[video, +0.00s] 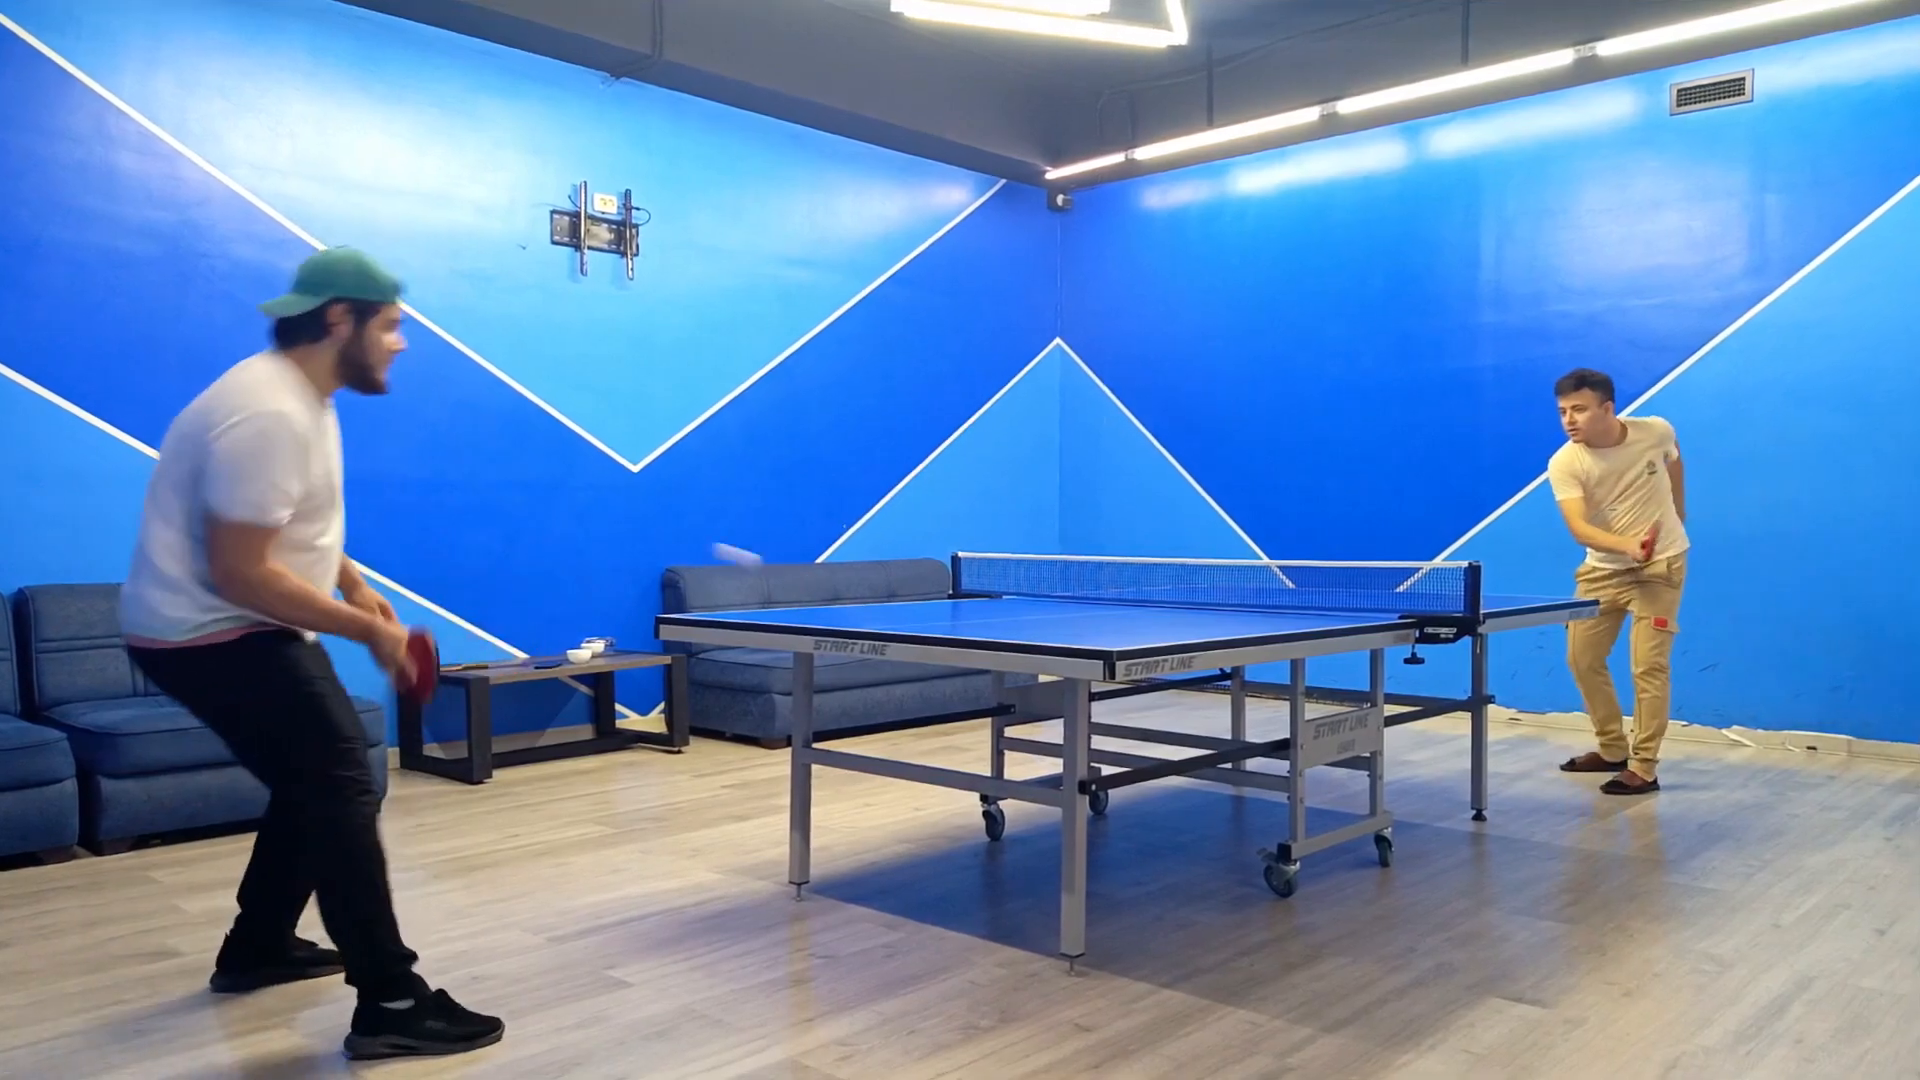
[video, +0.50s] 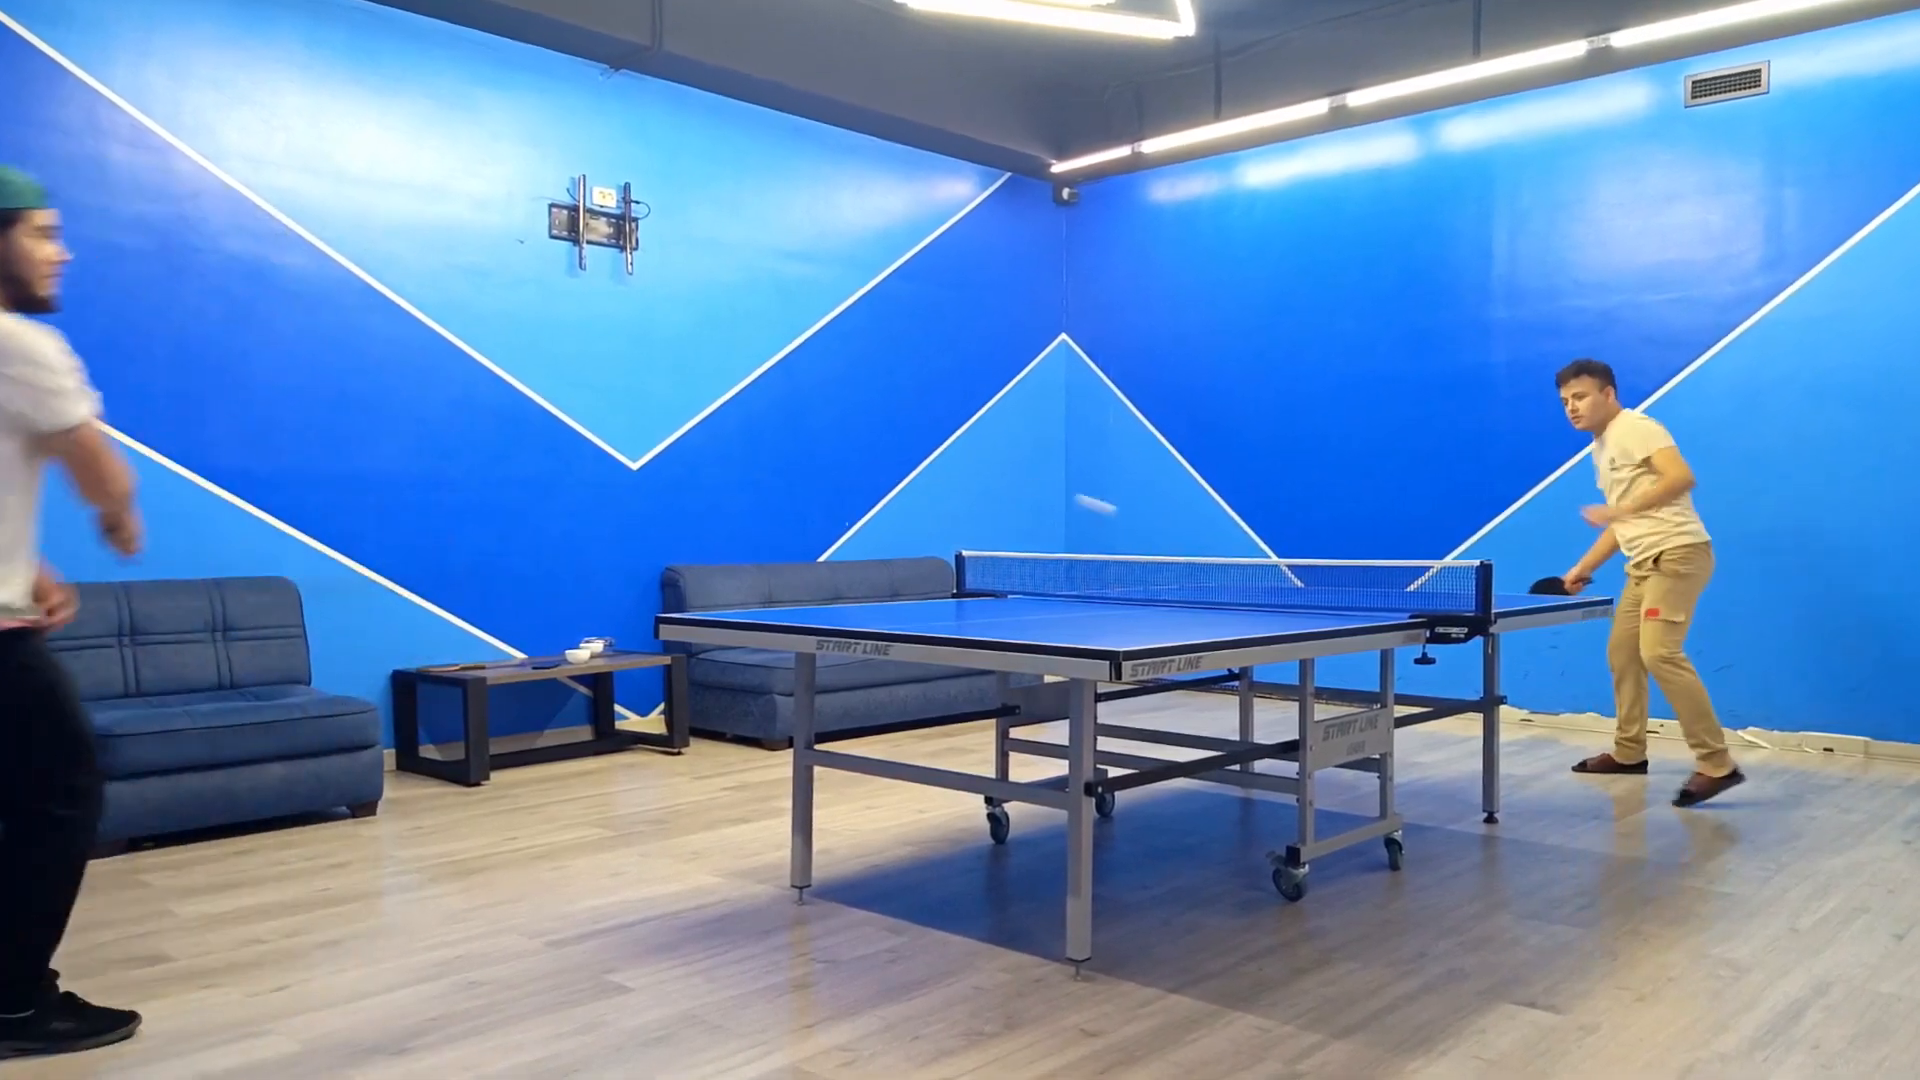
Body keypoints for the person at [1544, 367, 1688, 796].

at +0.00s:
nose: (1568, 419)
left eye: (1578, 410)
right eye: (1563, 411)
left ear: (1608, 408)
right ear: (1561, 414)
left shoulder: (1656, 433)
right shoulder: (1564, 462)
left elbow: (1674, 473)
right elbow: (1578, 527)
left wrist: (1676, 517)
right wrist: (1625, 545)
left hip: (1659, 564)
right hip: (1602, 570)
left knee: (1648, 664)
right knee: (1583, 657)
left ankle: (1644, 768)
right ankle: (1613, 751)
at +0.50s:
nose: (1571, 408)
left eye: (1579, 397)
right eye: (1565, 401)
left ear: (1609, 395)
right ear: (1566, 406)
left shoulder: (1636, 427)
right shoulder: (1601, 451)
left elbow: (1681, 476)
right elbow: (1623, 519)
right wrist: (1584, 567)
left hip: (1679, 552)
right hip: (1642, 563)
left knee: (1659, 651)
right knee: (1623, 652)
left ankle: (1717, 765)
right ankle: (1629, 754)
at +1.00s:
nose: (1616, 419)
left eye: (1624, 409)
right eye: (1611, 411)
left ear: (1656, 402)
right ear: (1611, 411)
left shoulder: (1714, 422)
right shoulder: (1629, 451)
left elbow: (1787, 411)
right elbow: (1605, 490)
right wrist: (1551, 503)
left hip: (1725, 569)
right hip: (1672, 574)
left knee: (1692, 675)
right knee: (1653, 666)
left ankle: (1730, 794)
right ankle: (1649, 757)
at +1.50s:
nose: (1600, 432)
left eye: (1610, 422)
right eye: (1595, 424)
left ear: (1643, 421)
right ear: (1594, 426)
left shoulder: (1694, 459)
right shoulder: (1605, 470)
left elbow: (1766, 505)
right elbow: (1576, 530)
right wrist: (1542, 538)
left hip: (1692, 590)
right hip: (1637, 592)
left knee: (1668, 676)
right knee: (1587, 671)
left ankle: (1721, 792)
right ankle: (1616, 754)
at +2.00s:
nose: (1544, 445)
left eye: (1553, 435)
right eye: (1539, 438)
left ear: (1582, 436)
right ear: (1539, 443)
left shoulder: (1606, 467)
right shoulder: (1580, 487)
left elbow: (1675, 501)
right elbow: (1603, 553)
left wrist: (1660, 557)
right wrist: (1555, 587)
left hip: (1652, 593)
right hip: (1615, 598)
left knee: (1647, 684)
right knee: (1558, 654)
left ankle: (1736, 775)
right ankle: (1584, 743)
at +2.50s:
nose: (1638, 375)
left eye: (1649, 367)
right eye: (1634, 368)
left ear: (1678, 371)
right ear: (1637, 374)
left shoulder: (1706, 410)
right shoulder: (1647, 414)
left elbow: (1778, 415)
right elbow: (1636, 413)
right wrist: (1601, 395)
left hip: (1692, 556)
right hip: (1636, 551)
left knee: (1723, 655)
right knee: (1604, 638)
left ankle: (1782, 754)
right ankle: (1608, 734)